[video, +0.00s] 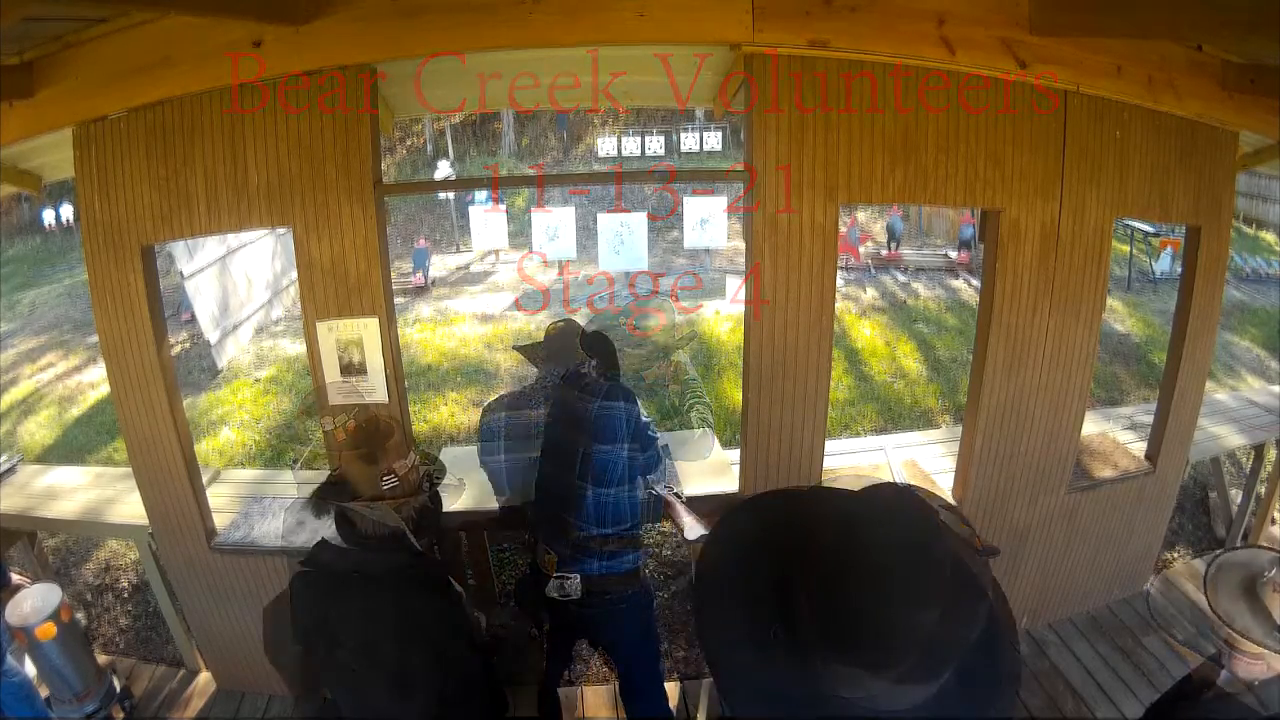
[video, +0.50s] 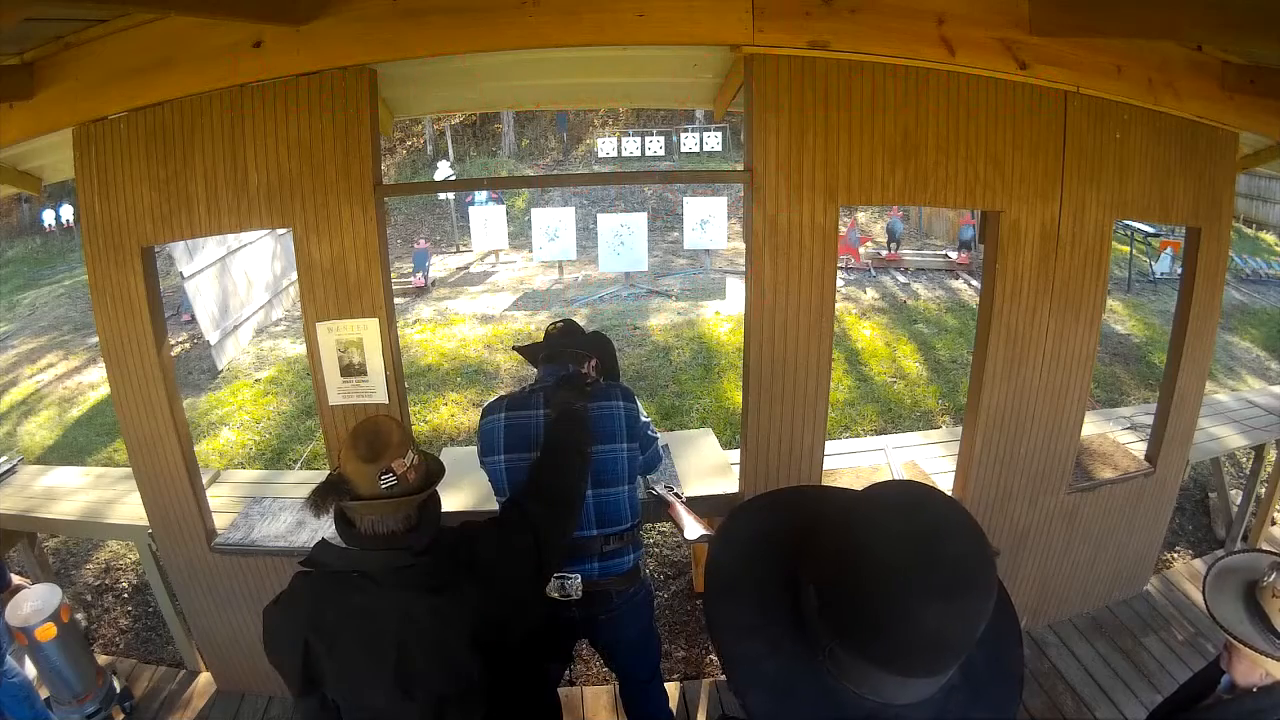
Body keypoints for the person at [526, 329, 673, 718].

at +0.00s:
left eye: (537, 362)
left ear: (540, 359)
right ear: (586, 355)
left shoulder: (502, 412)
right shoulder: (619, 401)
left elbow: (509, 497)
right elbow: (655, 469)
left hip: (542, 588)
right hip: (617, 587)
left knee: (541, 691)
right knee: (647, 699)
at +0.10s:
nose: (595, 369)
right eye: (593, 362)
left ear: (538, 362)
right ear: (587, 362)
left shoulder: (495, 415)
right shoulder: (621, 403)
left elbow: (503, 487)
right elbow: (654, 466)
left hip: (534, 592)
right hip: (616, 589)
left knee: (536, 694)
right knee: (645, 692)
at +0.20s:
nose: (599, 371)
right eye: (597, 363)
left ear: (539, 363)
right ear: (589, 363)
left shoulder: (494, 415)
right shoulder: (621, 402)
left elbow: (501, 486)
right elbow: (655, 465)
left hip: (534, 594)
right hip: (617, 591)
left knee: (535, 693)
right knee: (645, 691)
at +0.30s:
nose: (598, 371)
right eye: (596, 364)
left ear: (539, 363)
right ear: (588, 364)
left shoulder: (494, 415)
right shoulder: (621, 403)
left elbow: (502, 488)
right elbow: (654, 463)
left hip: (535, 593)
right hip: (617, 590)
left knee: (535, 692)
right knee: (644, 689)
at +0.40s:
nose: (598, 372)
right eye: (597, 364)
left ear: (539, 363)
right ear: (588, 364)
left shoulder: (494, 415)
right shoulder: (621, 402)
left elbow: (502, 488)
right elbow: (654, 463)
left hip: (535, 593)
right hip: (617, 590)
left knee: (534, 692)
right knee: (644, 688)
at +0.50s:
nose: (598, 372)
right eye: (597, 364)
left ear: (539, 363)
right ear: (589, 364)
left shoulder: (494, 415)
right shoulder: (621, 403)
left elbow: (503, 491)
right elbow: (655, 464)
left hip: (535, 592)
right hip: (617, 590)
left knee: (535, 692)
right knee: (644, 688)